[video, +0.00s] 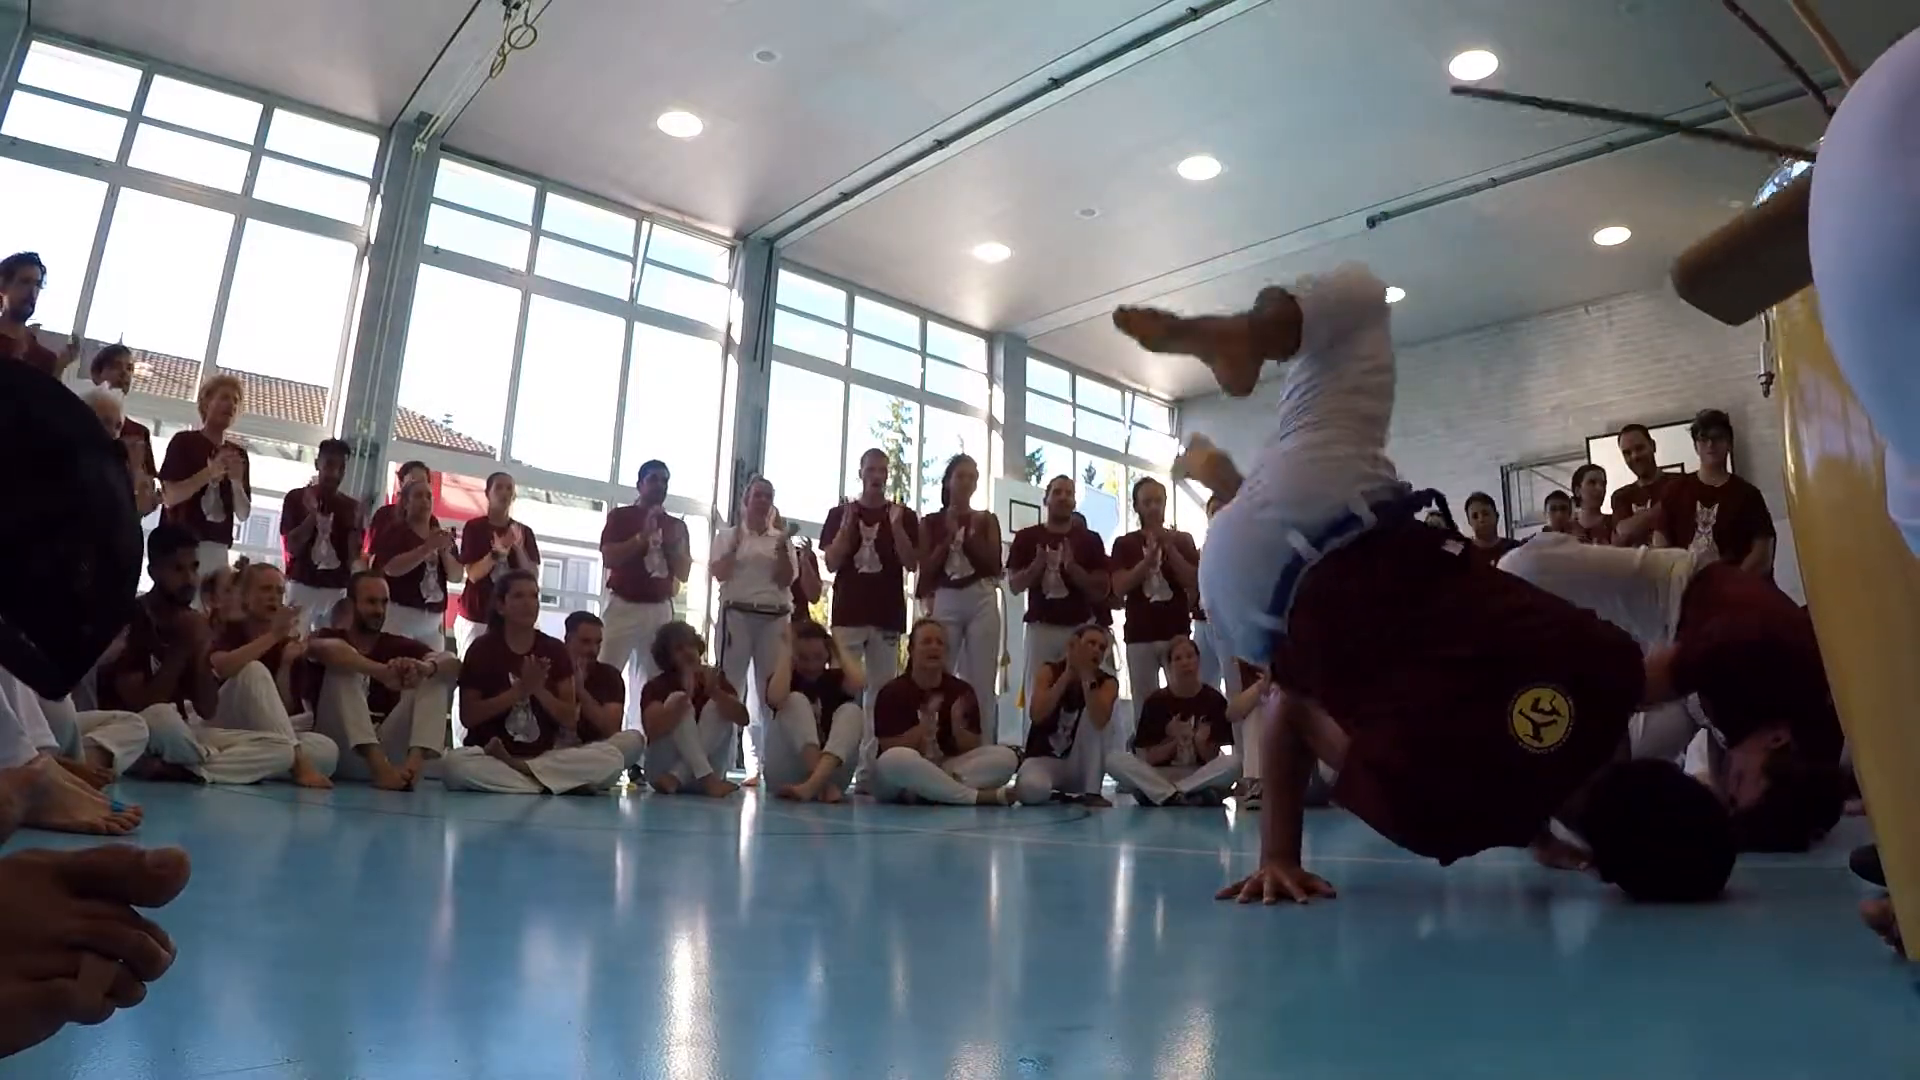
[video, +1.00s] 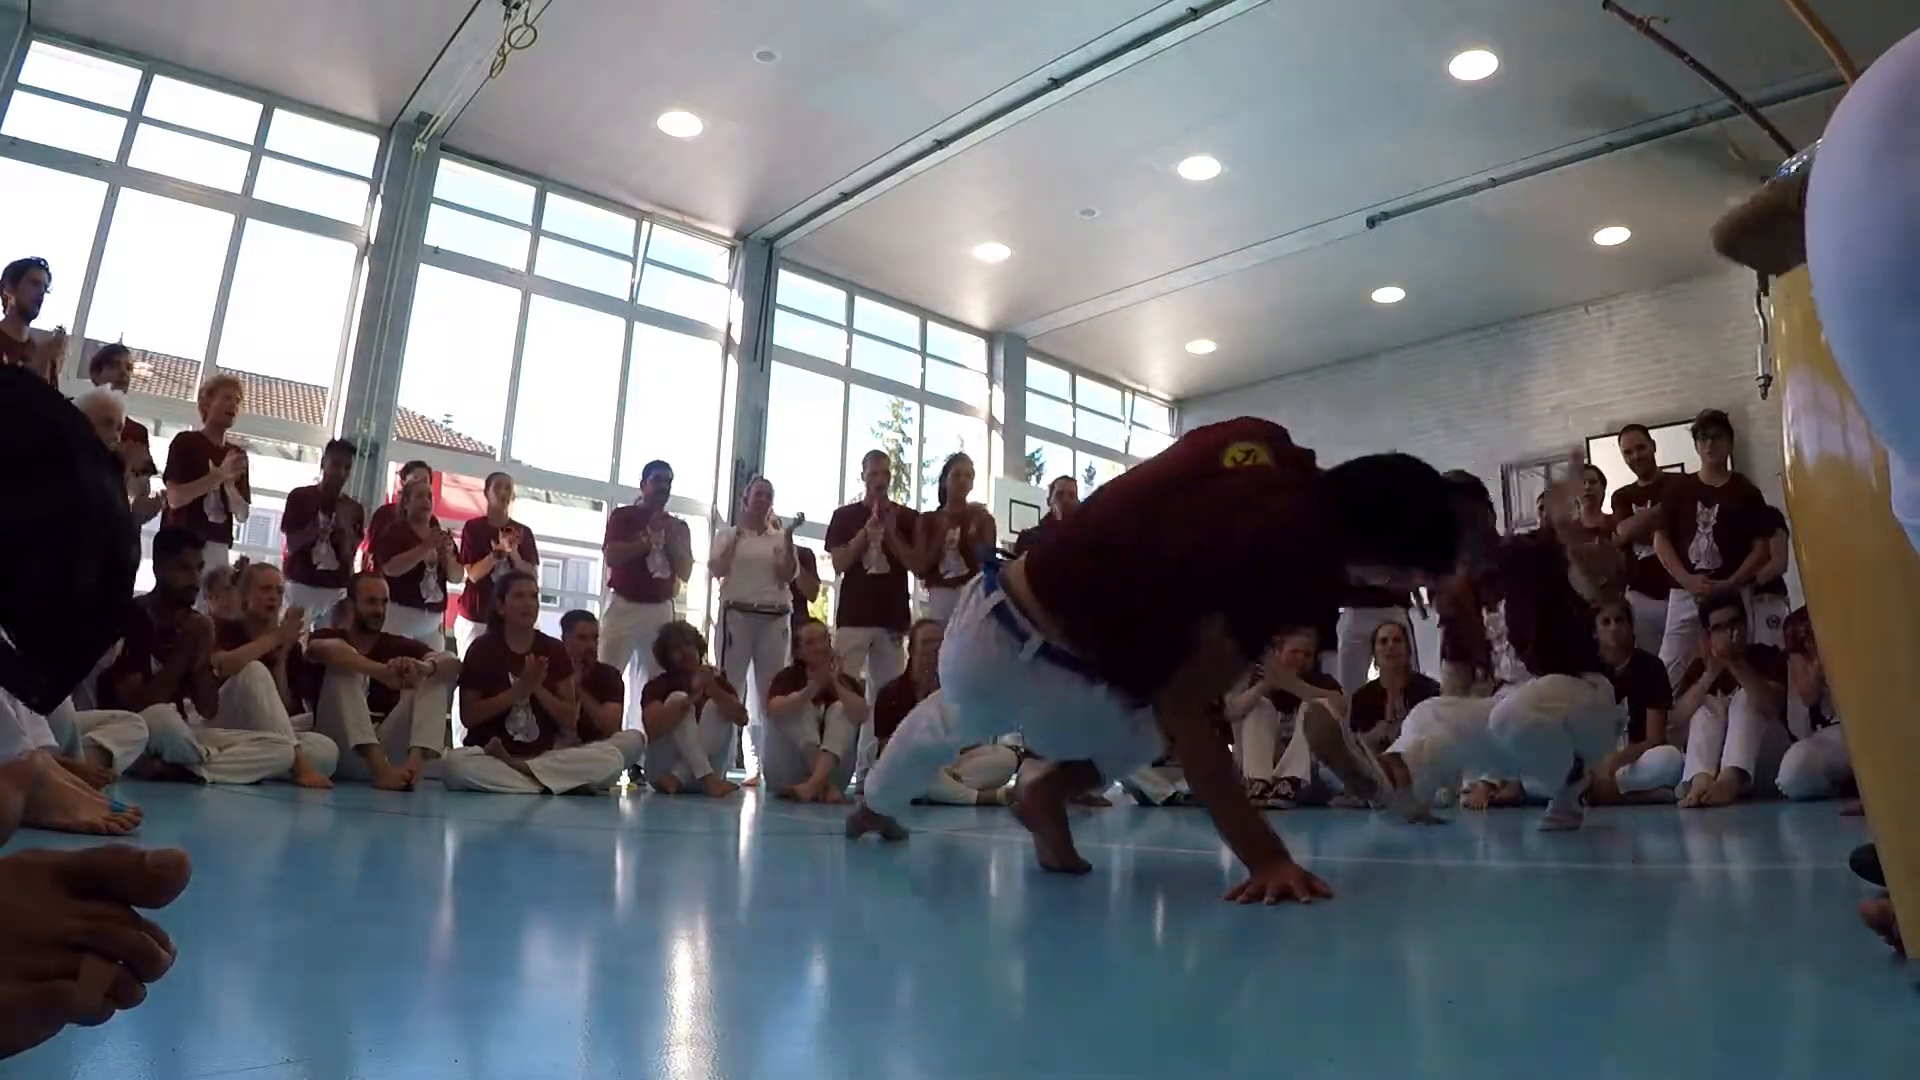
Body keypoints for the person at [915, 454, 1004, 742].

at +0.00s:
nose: (967, 482)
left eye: (972, 477)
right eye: (961, 476)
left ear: (978, 483)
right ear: (948, 480)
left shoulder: (987, 520)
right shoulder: (931, 522)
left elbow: (993, 567)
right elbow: (926, 569)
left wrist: (969, 541)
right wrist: (947, 541)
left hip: (981, 596)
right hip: (945, 597)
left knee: (982, 678)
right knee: (942, 675)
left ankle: (984, 750)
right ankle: (939, 748)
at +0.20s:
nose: (968, 481)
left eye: (974, 476)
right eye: (962, 475)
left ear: (979, 483)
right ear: (949, 480)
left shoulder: (989, 520)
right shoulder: (933, 522)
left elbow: (995, 567)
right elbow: (928, 571)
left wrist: (971, 539)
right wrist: (948, 539)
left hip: (983, 599)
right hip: (947, 599)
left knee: (983, 680)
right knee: (942, 676)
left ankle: (985, 752)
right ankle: (940, 751)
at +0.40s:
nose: (969, 484)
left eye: (974, 477)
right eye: (963, 477)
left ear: (981, 479)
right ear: (950, 480)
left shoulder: (990, 518)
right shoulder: (938, 519)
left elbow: (996, 566)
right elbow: (927, 574)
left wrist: (972, 546)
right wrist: (947, 551)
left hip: (983, 596)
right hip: (947, 597)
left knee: (983, 674)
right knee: (943, 671)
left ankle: (984, 747)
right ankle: (941, 744)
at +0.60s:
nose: (969, 481)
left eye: (974, 476)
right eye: (963, 475)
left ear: (979, 482)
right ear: (949, 481)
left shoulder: (989, 521)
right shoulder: (932, 522)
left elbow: (992, 569)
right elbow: (925, 569)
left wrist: (969, 541)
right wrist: (948, 538)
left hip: (980, 610)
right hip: (940, 610)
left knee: (979, 690)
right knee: (938, 686)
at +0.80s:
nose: (966, 480)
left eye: (971, 476)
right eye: (960, 475)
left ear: (976, 482)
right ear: (948, 480)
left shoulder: (988, 521)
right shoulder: (930, 520)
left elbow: (991, 566)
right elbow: (924, 569)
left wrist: (966, 542)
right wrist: (946, 543)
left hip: (979, 594)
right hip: (943, 595)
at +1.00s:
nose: (962, 480)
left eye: (968, 475)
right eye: (956, 475)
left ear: (973, 482)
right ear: (944, 480)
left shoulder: (984, 520)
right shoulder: (927, 520)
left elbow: (987, 562)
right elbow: (920, 565)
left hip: (973, 593)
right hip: (940, 593)